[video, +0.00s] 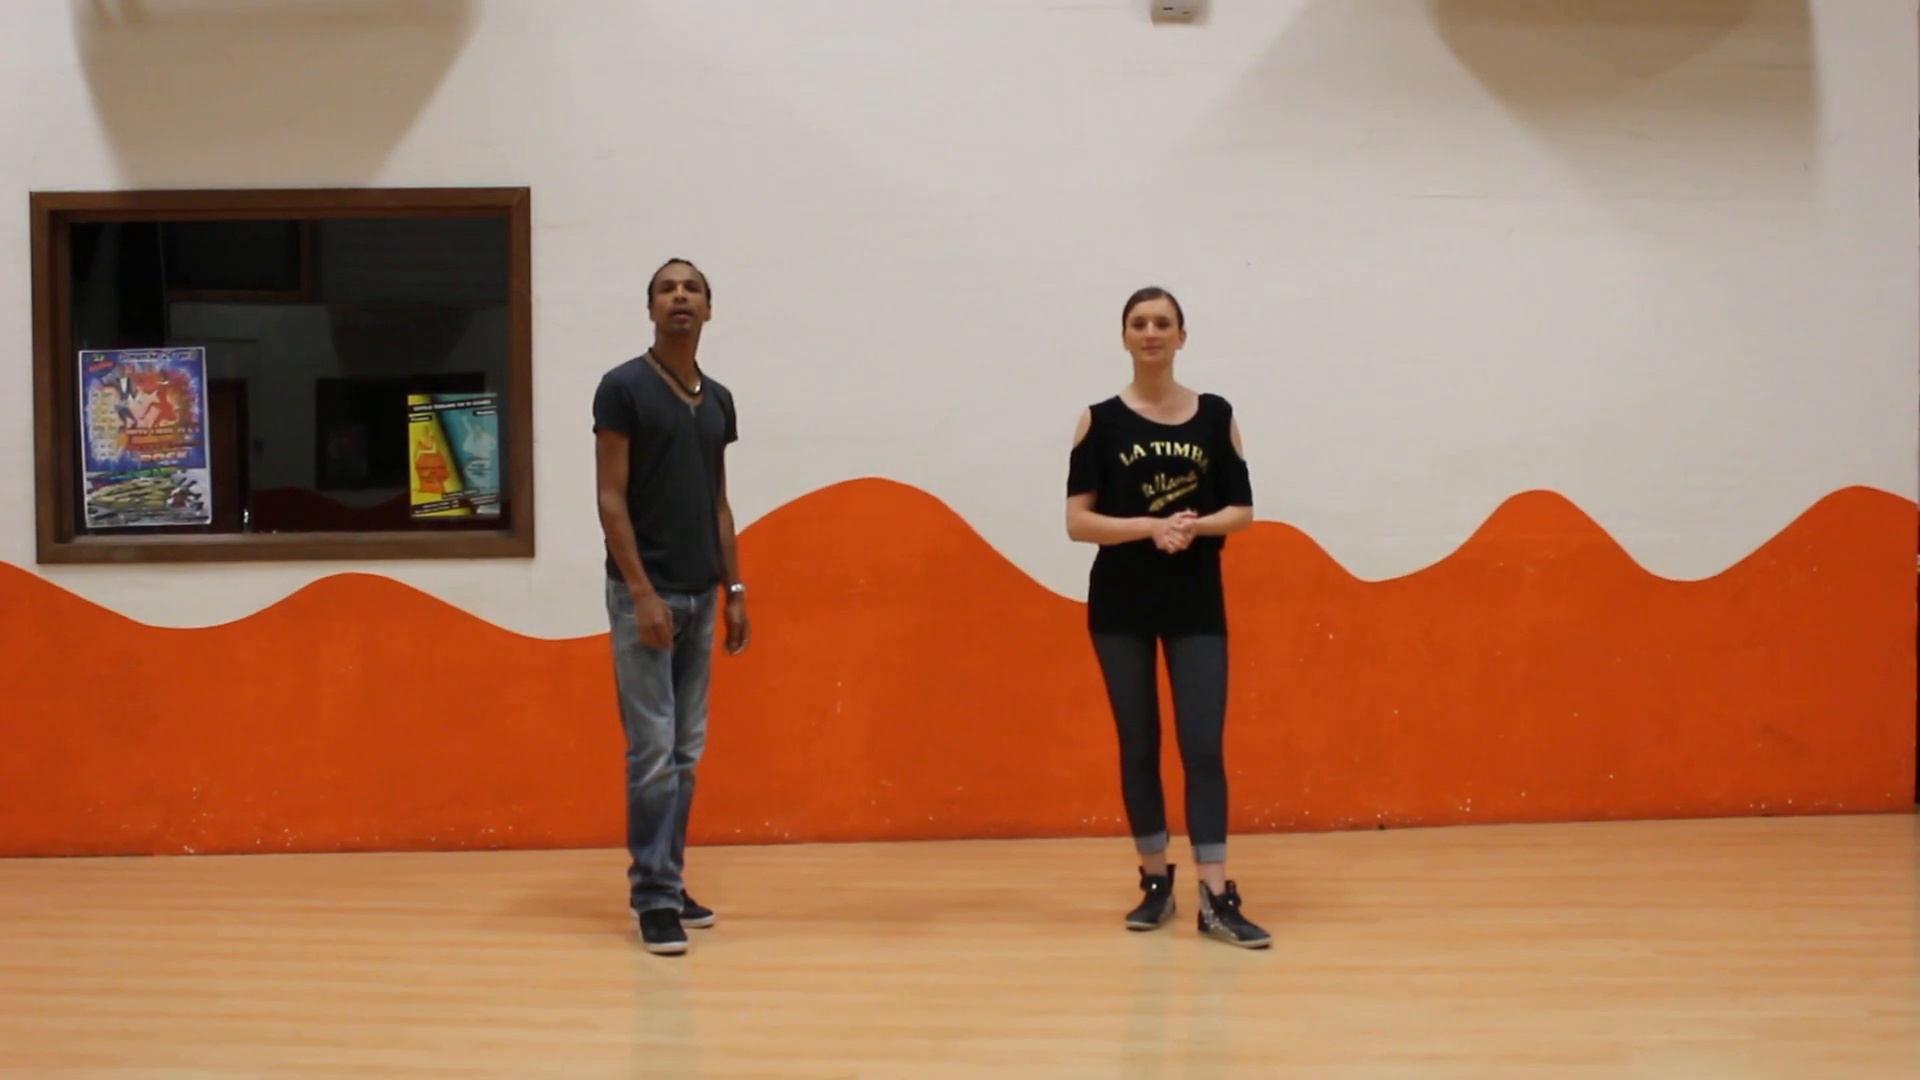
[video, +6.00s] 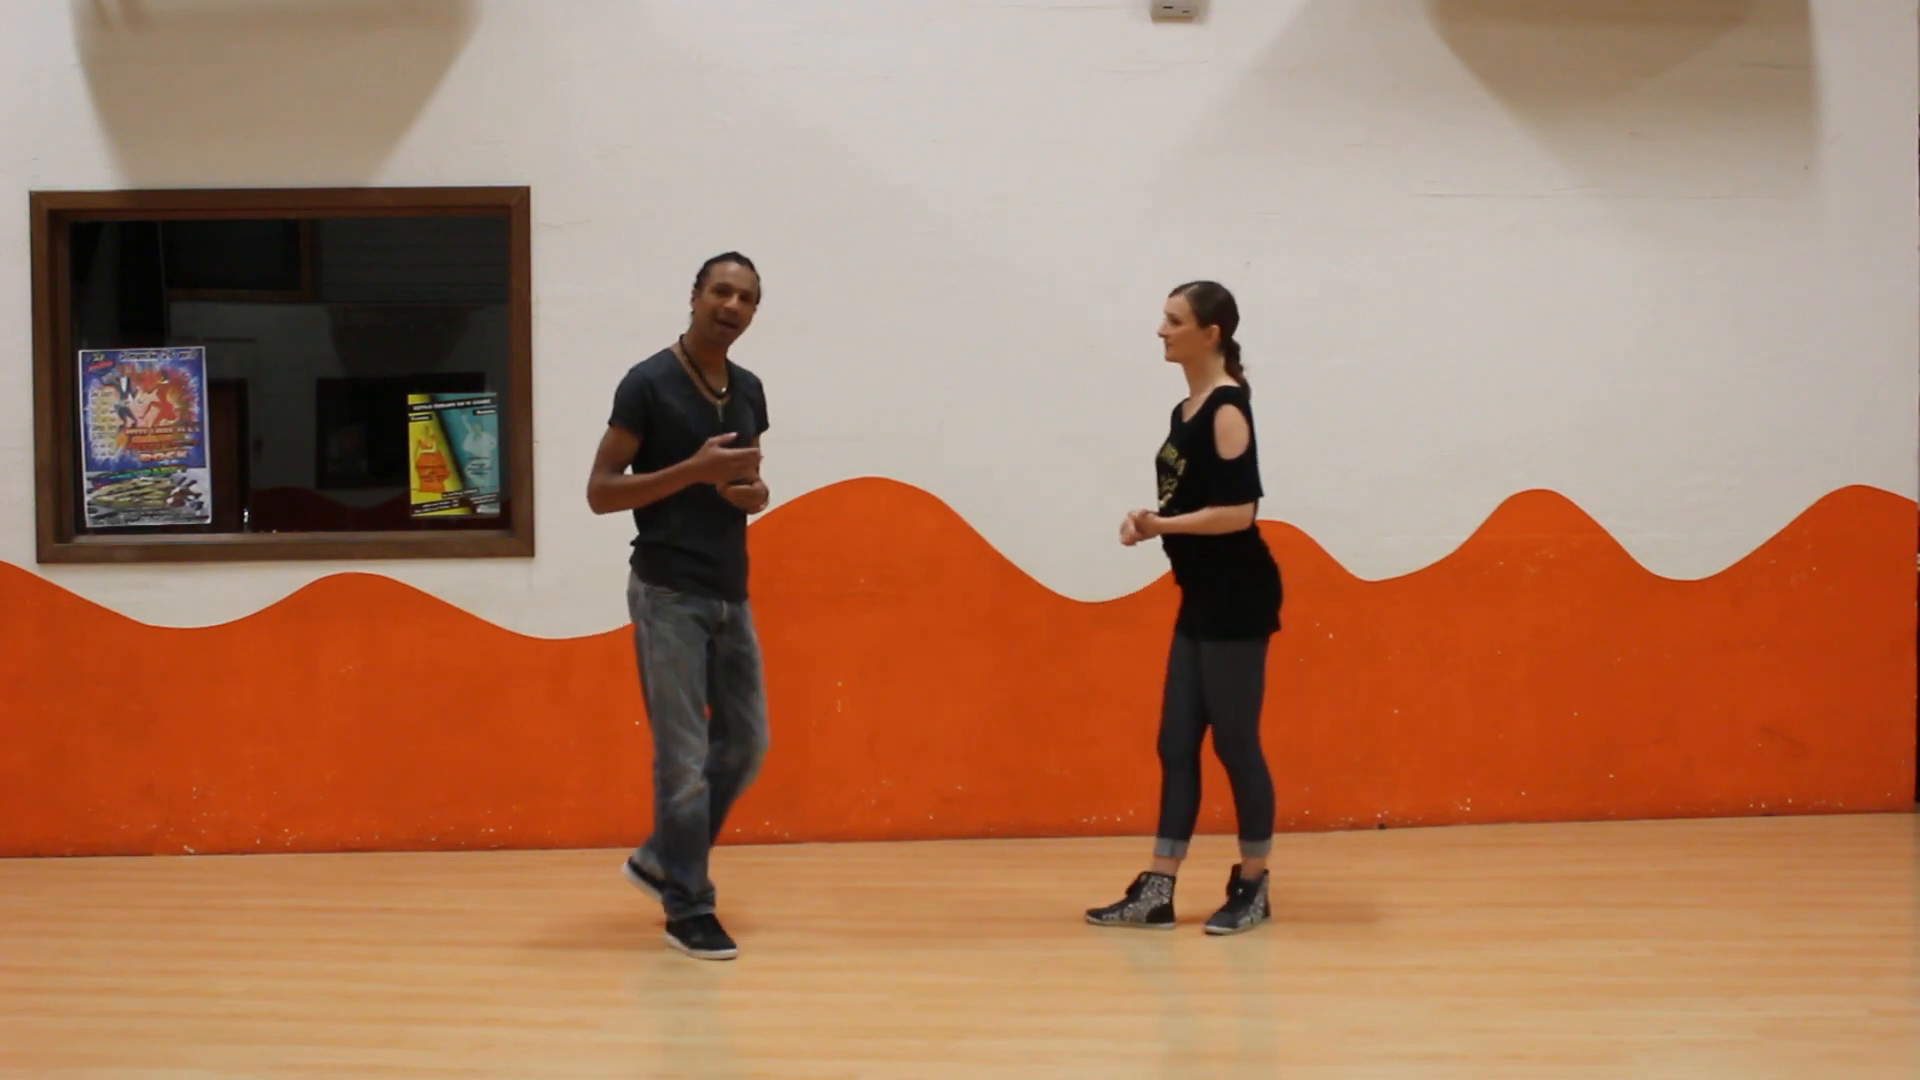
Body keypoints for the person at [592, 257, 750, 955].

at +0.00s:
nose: (681, 296)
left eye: (692, 288)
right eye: (668, 288)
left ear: (709, 308)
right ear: (649, 308)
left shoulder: (716, 400)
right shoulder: (623, 388)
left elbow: (718, 501)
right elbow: (612, 504)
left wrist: (734, 589)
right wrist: (644, 595)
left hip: (698, 591)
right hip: (643, 592)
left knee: (686, 746)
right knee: (654, 746)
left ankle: (667, 882)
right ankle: (654, 895)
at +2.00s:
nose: (689, 295)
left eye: (702, 287)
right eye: (677, 281)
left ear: (714, 303)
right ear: (650, 291)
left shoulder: (726, 392)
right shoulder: (608, 390)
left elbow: (729, 501)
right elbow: (595, 505)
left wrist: (748, 597)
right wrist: (621, 570)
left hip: (708, 608)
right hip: (634, 607)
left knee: (729, 761)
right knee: (639, 772)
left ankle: (751, 923)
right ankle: (648, 915)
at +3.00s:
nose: (786, 278)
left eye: (798, 274)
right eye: (774, 264)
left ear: (803, 299)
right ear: (740, 279)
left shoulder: (813, 390)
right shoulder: (687, 376)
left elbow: (810, 495)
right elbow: (660, 499)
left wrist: (828, 550)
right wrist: (738, 543)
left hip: (786, 611)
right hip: (711, 606)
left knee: (771, 781)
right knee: (708, 774)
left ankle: (753, 938)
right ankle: (676, 895)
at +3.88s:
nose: (687, 292)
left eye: (700, 286)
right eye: (674, 278)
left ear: (706, 309)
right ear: (642, 295)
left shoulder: (713, 394)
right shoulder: (595, 391)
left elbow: (710, 500)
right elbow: (563, 510)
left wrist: (717, 514)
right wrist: (668, 510)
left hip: (686, 603)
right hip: (612, 604)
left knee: (715, 765)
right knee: (617, 770)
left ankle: (743, 929)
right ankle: (621, 921)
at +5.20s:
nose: (733, 315)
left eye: (740, 306)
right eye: (721, 300)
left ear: (737, 320)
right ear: (682, 303)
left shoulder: (715, 396)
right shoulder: (642, 386)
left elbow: (688, 497)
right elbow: (613, 497)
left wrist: (729, 497)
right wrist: (709, 484)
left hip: (689, 586)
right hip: (639, 583)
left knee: (670, 739)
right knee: (664, 737)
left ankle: (645, 887)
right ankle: (636, 897)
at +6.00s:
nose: (734, 305)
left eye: (747, 298)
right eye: (723, 291)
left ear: (754, 314)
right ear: (693, 298)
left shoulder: (747, 392)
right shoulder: (647, 384)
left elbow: (754, 490)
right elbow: (600, 493)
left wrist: (750, 493)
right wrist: (695, 470)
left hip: (729, 594)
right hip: (667, 592)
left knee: (745, 742)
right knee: (682, 750)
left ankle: (662, 858)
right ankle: (690, 913)